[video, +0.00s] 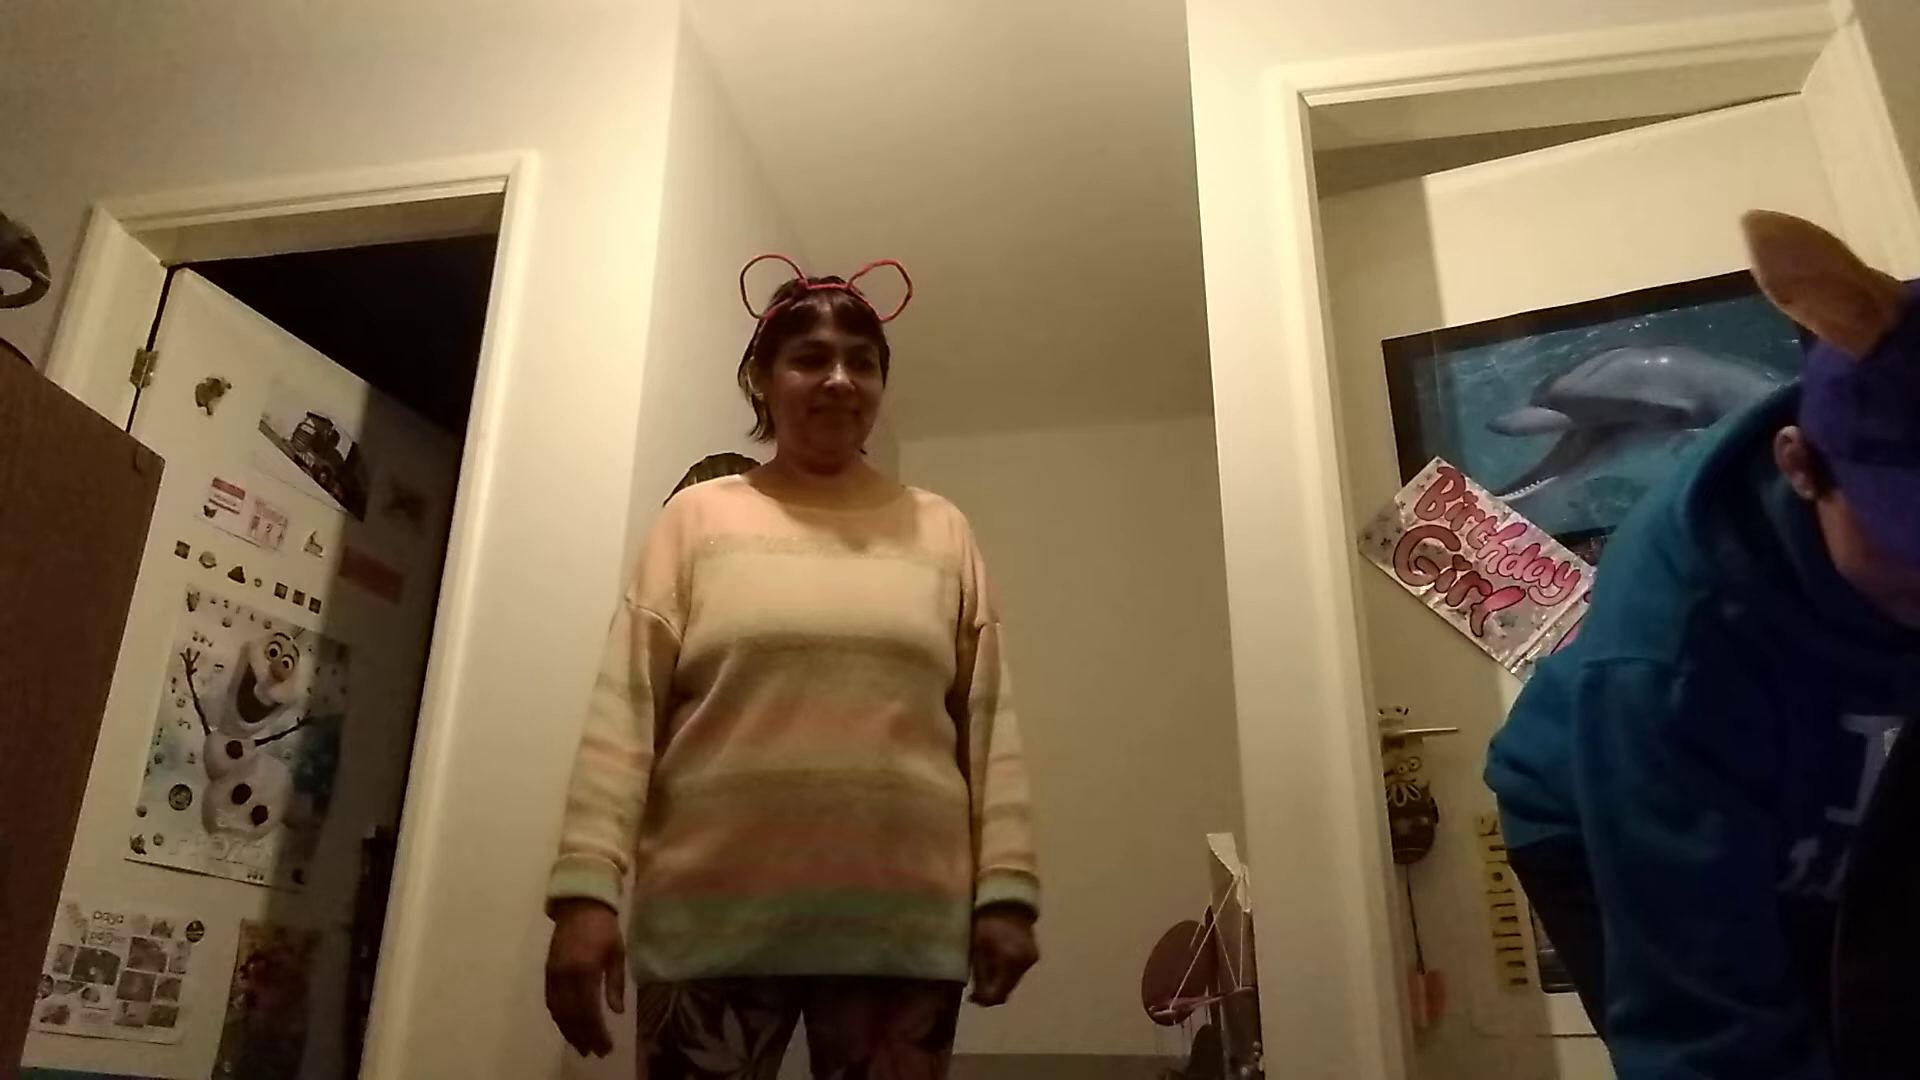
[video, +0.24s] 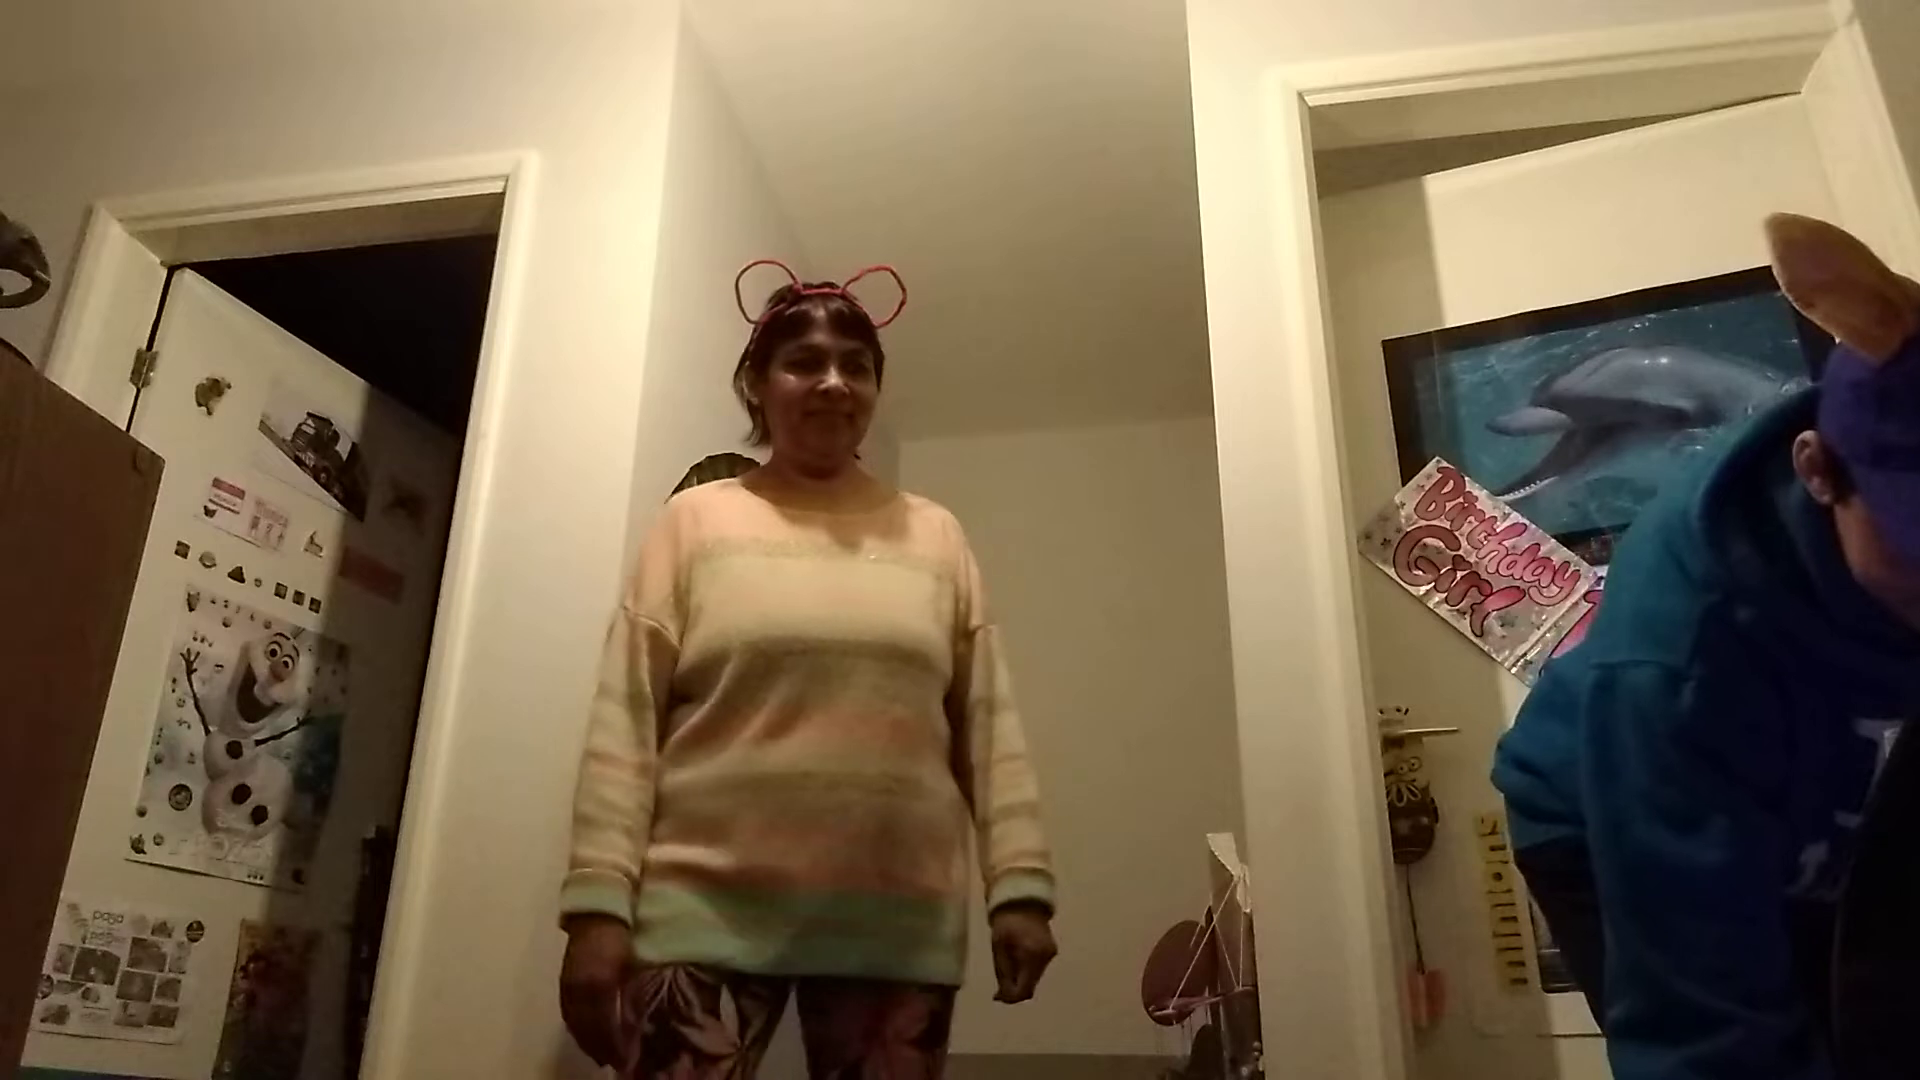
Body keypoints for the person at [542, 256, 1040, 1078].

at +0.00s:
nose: (839, 380)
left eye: (861, 362)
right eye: (811, 359)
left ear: (884, 385)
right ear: (761, 380)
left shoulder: (942, 529)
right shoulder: (695, 519)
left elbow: (990, 723)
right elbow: (624, 712)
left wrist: (1007, 891)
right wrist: (585, 894)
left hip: (901, 937)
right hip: (708, 934)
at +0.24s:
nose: (833, 384)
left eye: (854, 367)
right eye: (805, 363)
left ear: (877, 392)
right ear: (758, 386)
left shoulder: (935, 534)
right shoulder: (693, 522)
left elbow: (988, 726)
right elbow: (625, 720)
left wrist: (1021, 890)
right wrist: (598, 910)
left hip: (898, 932)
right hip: (706, 924)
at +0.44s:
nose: (797, 388)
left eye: (819, 372)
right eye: (770, 366)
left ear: (838, 399)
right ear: (717, 384)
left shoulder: (878, 548)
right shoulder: (645, 518)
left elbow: (926, 740)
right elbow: (567, 712)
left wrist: (956, 908)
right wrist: (546, 902)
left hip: (836, 942)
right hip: (645, 935)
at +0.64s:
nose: (755, 392)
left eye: (776, 377)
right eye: (727, 367)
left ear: (790, 404)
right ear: (669, 379)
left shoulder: (802, 559)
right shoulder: (588, 502)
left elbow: (827, 753)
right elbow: (495, 688)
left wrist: (837, 930)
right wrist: (482, 883)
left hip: (750, 954)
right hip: (571, 944)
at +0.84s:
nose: (742, 398)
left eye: (757, 387)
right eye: (718, 369)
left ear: (763, 411)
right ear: (645, 365)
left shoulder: (725, 548)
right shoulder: (567, 486)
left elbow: (735, 750)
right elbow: (472, 681)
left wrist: (746, 924)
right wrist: (457, 894)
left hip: (677, 959)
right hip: (531, 949)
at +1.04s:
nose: (726, 410)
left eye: (740, 396)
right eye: (707, 378)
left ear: (741, 417)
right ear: (630, 370)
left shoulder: (673, 541)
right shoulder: (551, 482)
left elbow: (656, 768)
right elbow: (472, 694)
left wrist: (667, 940)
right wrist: (484, 902)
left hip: (615, 955)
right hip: (499, 938)